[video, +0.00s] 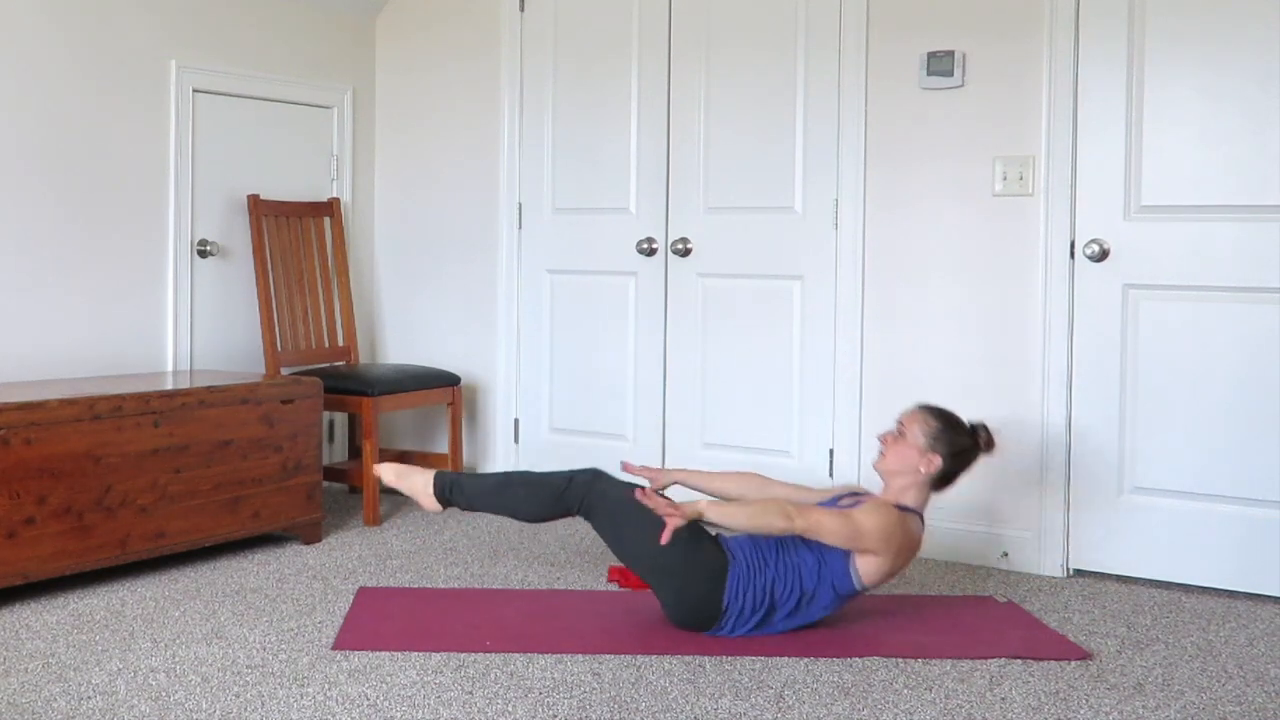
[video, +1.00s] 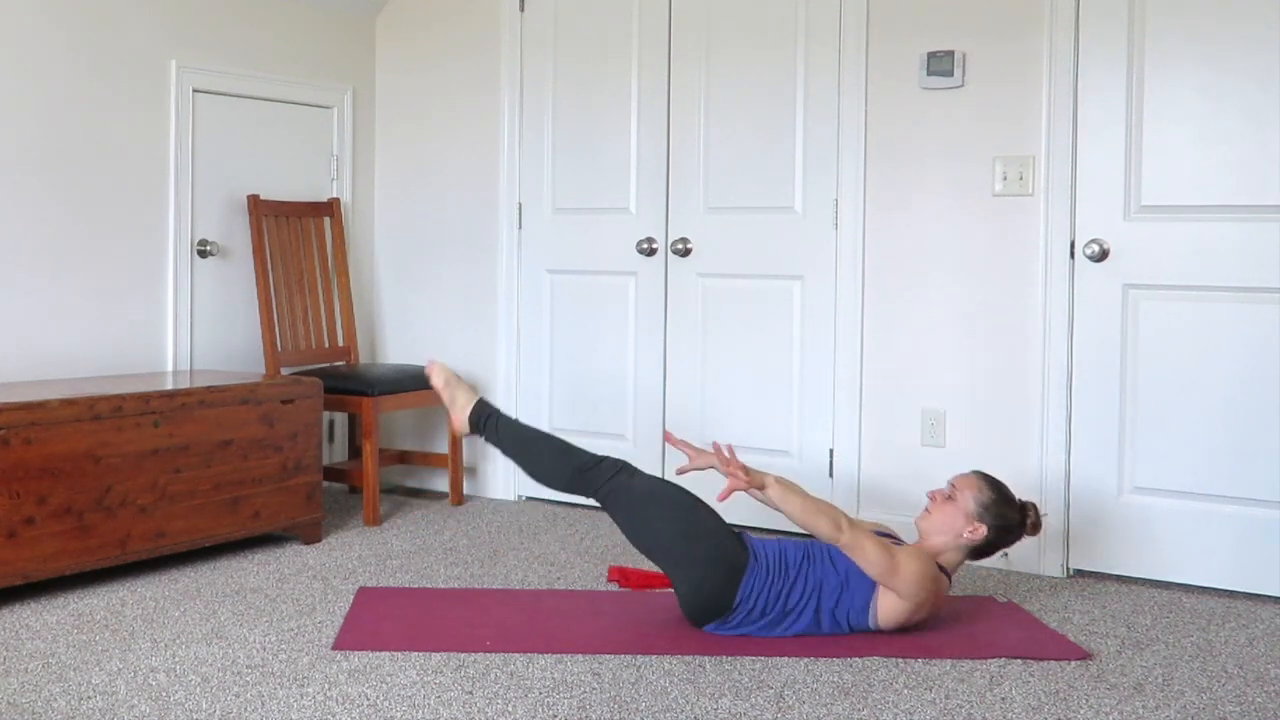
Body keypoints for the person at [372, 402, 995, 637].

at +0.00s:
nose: (883, 441)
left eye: (900, 438)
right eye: (891, 432)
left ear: (928, 466)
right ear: (910, 456)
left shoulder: (890, 524)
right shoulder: (870, 503)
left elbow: (794, 524)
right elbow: (774, 493)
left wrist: (695, 514)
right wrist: (680, 478)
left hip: (716, 587)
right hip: (719, 567)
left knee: (586, 485)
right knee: (590, 483)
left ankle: (436, 487)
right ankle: (444, 484)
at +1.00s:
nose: (932, 500)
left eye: (949, 502)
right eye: (942, 492)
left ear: (971, 537)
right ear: (950, 520)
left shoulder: (917, 578)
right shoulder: (909, 559)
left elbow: (839, 531)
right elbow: (827, 518)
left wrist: (754, 480)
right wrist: (740, 471)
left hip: (729, 587)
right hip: (732, 569)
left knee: (611, 477)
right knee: (615, 476)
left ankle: (473, 414)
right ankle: (478, 417)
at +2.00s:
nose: (786, 365)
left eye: (799, 358)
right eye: (792, 354)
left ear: (834, 377)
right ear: (829, 378)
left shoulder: (822, 453)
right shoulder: (793, 437)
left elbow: (724, 491)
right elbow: (708, 466)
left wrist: (631, 516)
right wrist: (621, 508)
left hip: (709, 598)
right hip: (704, 580)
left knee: (656, 433)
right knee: (651, 431)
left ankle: (540, 524)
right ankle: (543, 515)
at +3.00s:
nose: (906, 478)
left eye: (923, 475)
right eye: (915, 467)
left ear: (955, 503)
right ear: (935, 493)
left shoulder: (913, 557)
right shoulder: (897, 536)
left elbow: (814, 528)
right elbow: (808, 538)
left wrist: (731, 505)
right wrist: (732, 509)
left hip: (729, 585)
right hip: (727, 565)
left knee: (584, 522)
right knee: (584, 512)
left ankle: (434, 513)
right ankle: (436, 506)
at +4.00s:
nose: (914, 475)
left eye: (931, 474)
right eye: (923, 465)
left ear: (958, 505)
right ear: (939, 492)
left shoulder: (910, 555)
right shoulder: (899, 534)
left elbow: (812, 519)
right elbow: (809, 516)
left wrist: (724, 486)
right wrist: (720, 488)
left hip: (728, 585)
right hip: (729, 569)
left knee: (583, 517)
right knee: (584, 513)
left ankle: (434, 505)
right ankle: (437, 500)